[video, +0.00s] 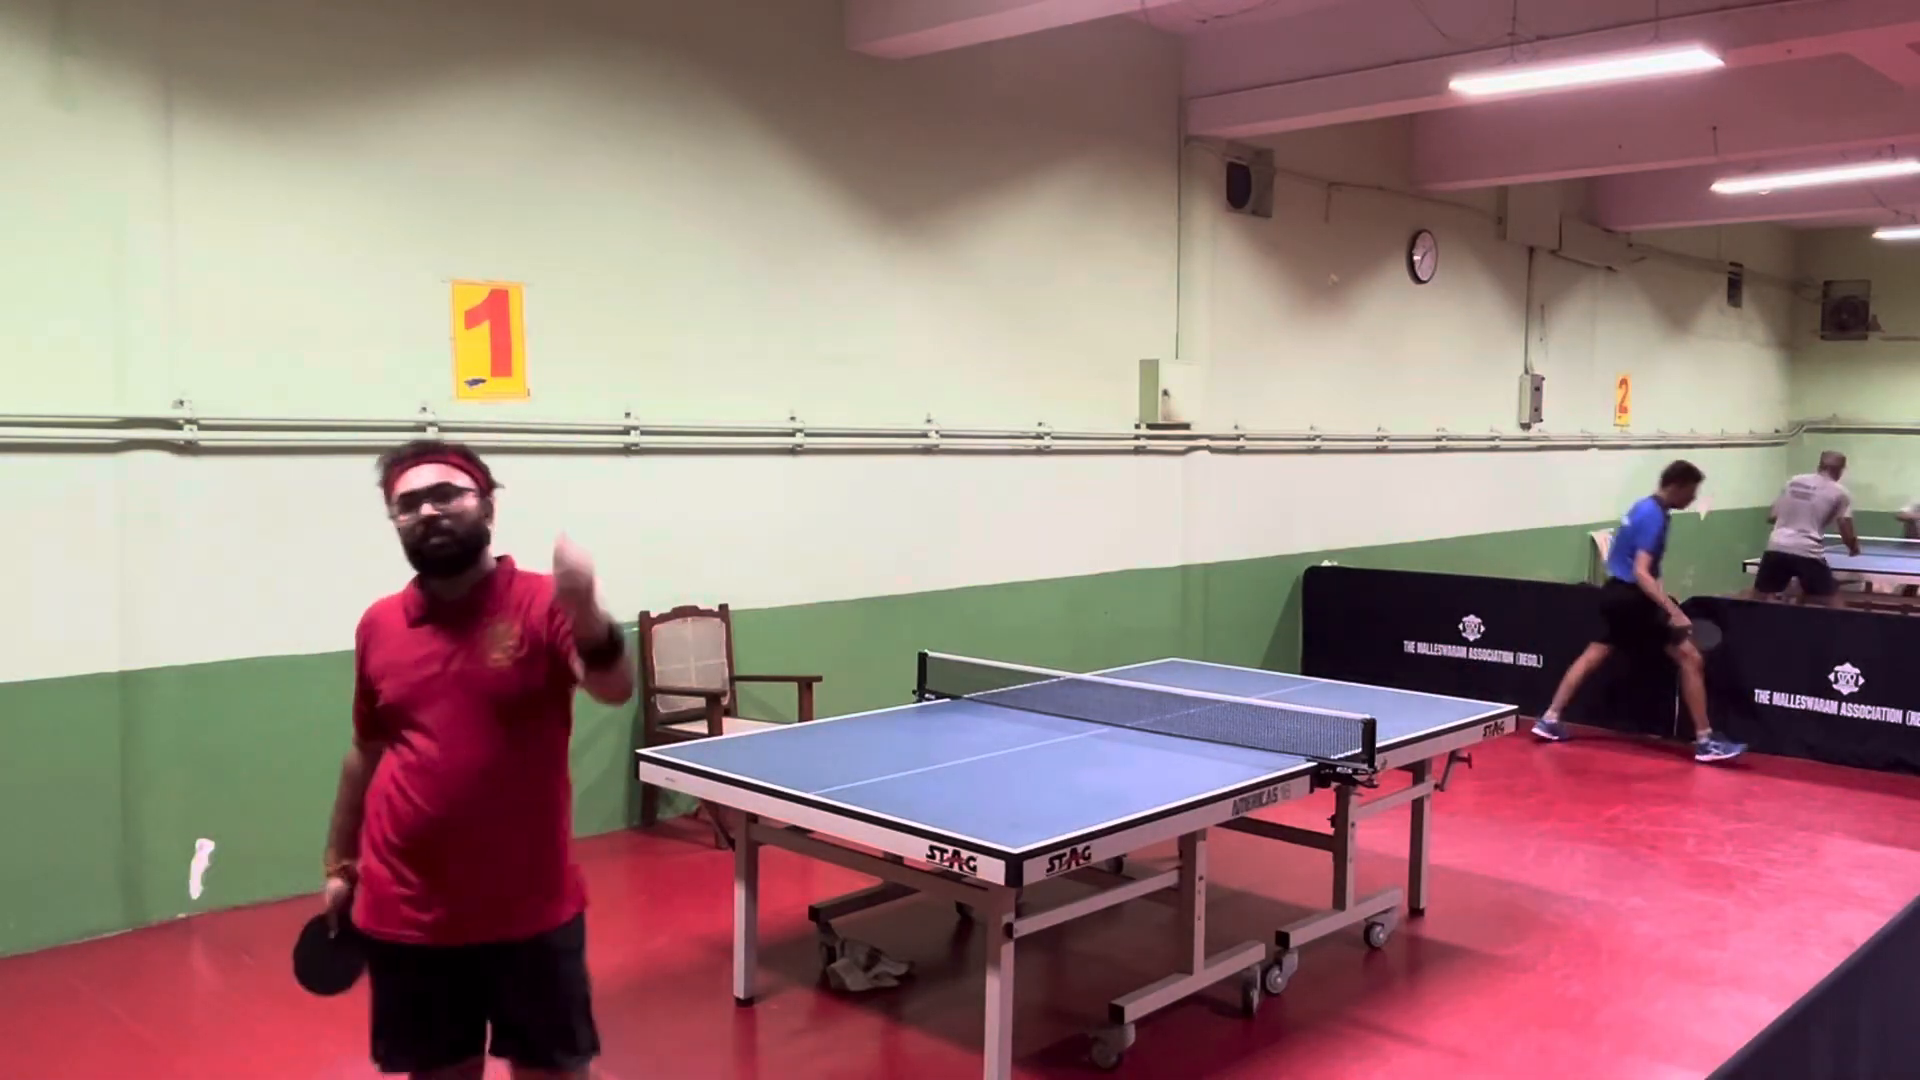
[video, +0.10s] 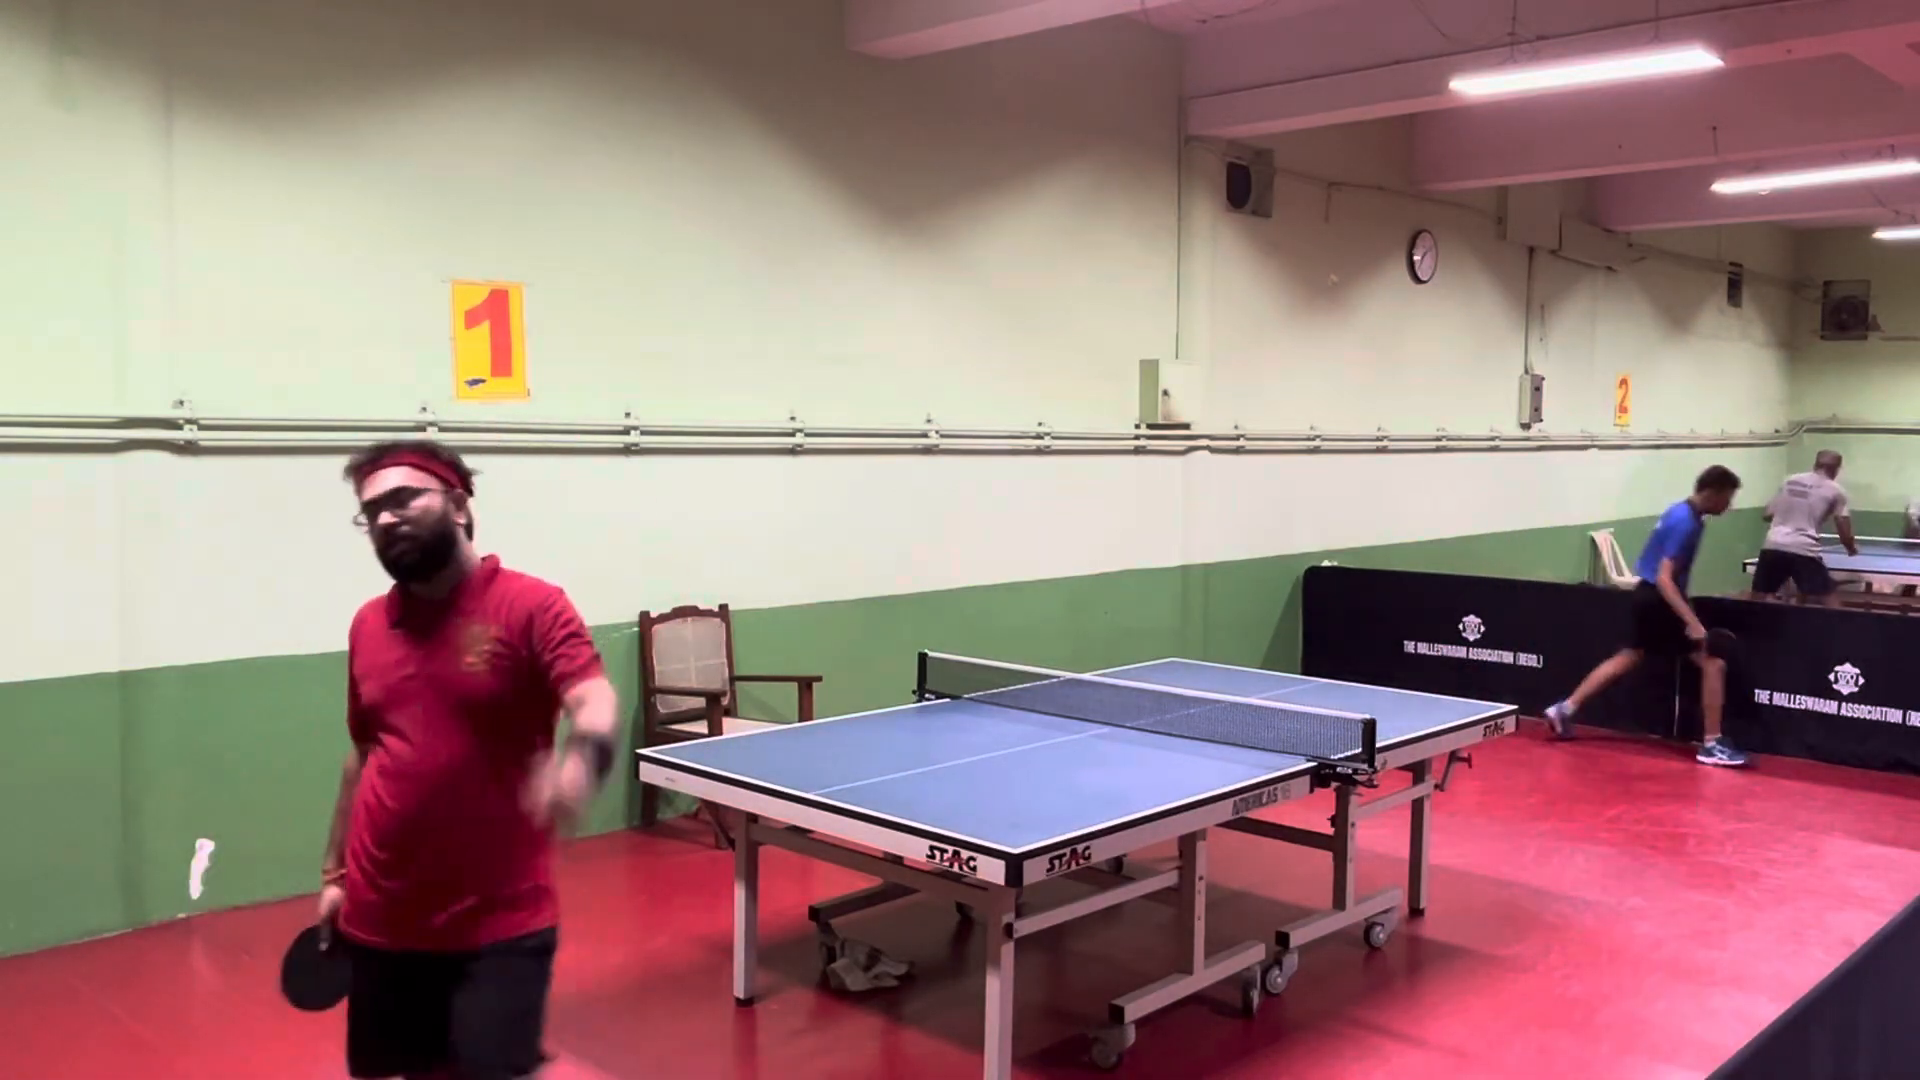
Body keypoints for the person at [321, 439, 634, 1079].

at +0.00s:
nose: (430, 511)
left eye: (448, 494)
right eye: (410, 502)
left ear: (489, 505)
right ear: (394, 526)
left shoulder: (543, 600)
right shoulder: (381, 625)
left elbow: (615, 687)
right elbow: (366, 749)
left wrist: (591, 626)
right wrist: (341, 866)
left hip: (530, 901)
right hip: (410, 911)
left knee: (554, 1068)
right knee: (439, 1070)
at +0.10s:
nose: (385, 519)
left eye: (403, 499)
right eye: (372, 512)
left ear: (459, 506)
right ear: (365, 531)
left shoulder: (531, 607)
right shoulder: (370, 625)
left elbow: (597, 706)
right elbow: (363, 752)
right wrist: (336, 873)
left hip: (500, 910)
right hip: (387, 913)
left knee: (492, 1068)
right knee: (382, 1069)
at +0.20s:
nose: (335, 532)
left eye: (352, 507)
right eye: (330, 520)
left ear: (420, 504)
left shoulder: (505, 611)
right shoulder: (362, 619)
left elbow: (576, 743)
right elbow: (359, 747)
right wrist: (318, 867)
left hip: (471, 910)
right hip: (374, 910)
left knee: (427, 1067)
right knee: (394, 1059)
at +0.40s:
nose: (272, 562)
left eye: (283, 537)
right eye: (269, 542)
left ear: (348, 528)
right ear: (346, 531)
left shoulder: (456, 635)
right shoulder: (325, 630)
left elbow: (543, 770)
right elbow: (321, 768)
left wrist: (515, 902)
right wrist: (265, 855)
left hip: (410, 958)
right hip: (326, 953)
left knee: (390, 1071)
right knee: (341, 1070)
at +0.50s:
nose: (241, 583)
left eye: (253, 558)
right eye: (236, 564)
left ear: (320, 541)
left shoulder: (424, 650)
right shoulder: (297, 646)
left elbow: (514, 794)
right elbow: (293, 792)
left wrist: (444, 935)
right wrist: (240, 890)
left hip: (367, 990)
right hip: (286, 985)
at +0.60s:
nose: (205, 586)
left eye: (214, 560)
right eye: (197, 566)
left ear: (281, 542)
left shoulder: (386, 640)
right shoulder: (274, 643)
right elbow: (284, 799)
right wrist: (225, 913)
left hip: (328, 996)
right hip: (243, 980)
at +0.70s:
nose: (166, 579)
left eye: (175, 552)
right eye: (160, 558)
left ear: (241, 534)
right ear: (241, 536)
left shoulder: (334, 628)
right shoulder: (263, 630)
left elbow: (360, 784)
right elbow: (277, 787)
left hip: (294, 1003)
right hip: (217, 982)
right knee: (150, 1072)